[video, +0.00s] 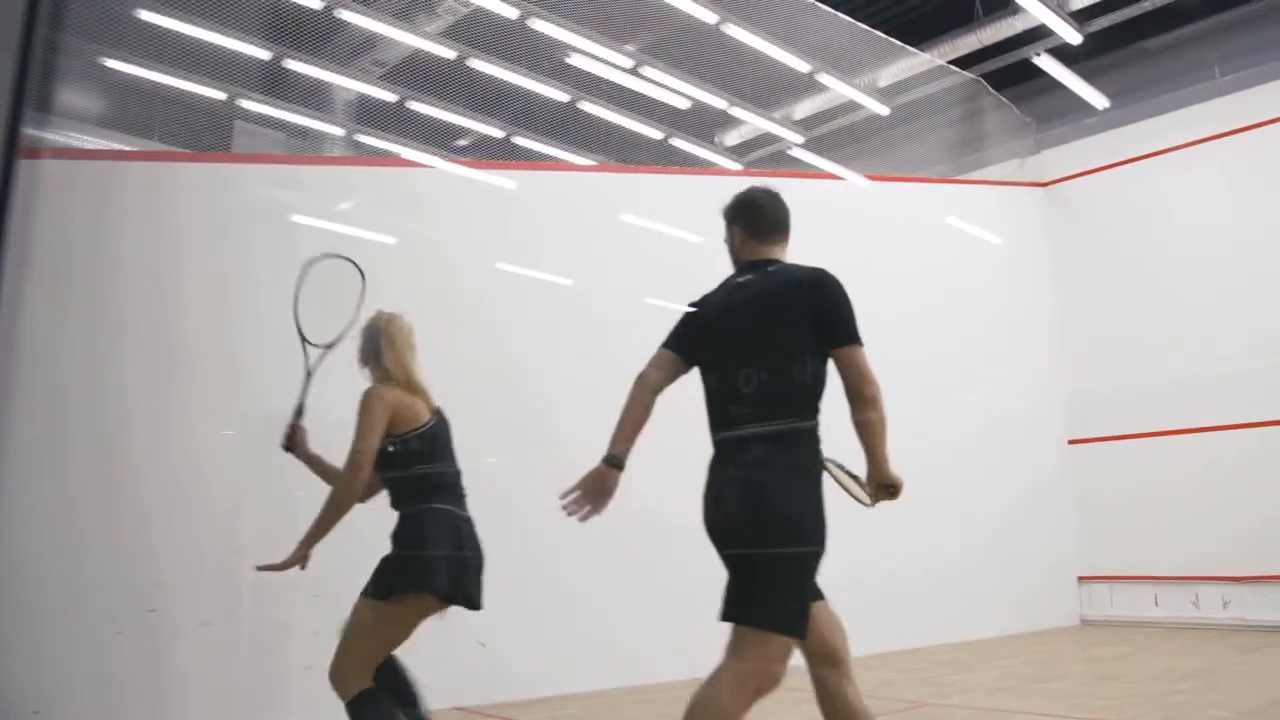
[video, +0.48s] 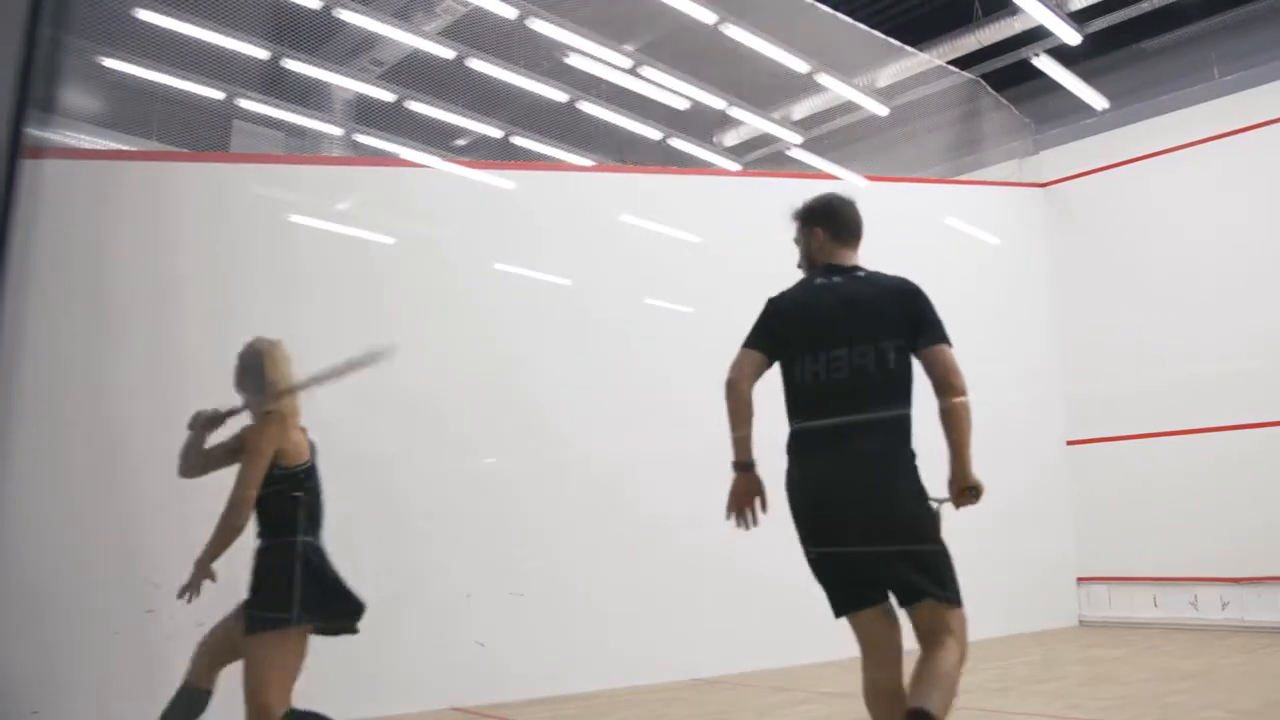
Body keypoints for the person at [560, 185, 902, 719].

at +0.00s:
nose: (728, 243)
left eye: (727, 236)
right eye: (730, 236)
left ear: (733, 238)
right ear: (788, 237)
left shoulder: (709, 309)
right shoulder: (817, 288)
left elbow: (649, 380)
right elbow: (864, 391)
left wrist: (612, 463)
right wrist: (880, 469)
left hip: (728, 498)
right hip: (788, 494)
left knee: (828, 643)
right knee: (755, 667)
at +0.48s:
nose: (797, 252)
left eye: (798, 240)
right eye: (797, 241)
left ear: (815, 238)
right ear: (856, 241)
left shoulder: (786, 308)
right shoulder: (900, 295)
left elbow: (738, 381)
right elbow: (951, 386)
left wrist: (743, 468)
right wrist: (962, 470)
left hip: (816, 493)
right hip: (888, 484)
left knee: (878, 644)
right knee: (943, 634)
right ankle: (920, 712)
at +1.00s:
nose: (859, 263)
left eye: (859, 255)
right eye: (859, 255)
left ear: (868, 255)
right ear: (914, 258)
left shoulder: (840, 317)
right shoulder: (954, 319)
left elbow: (792, 369)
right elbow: (997, 401)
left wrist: (784, 453)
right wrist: (1009, 486)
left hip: (866, 502)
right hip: (939, 497)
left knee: (906, 649)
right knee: (984, 636)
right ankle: (1014, 717)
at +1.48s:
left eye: (877, 266)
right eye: (920, 264)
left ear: (871, 269)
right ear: (921, 267)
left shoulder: (850, 323)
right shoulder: (959, 329)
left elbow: (814, 376)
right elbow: (994, 409)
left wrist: (806, 456)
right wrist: (992, 487)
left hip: (875, 502)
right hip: (946, 501)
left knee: (856, 629)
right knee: (981, 631)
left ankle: (891, 715)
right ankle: (1010, 715)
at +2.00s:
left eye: (814, 289)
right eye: (857, 287)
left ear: (810, 292)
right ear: (858, 290)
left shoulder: (802, 345)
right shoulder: (899, 345)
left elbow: (788, 411)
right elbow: (937, 424)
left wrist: (778, 491)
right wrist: (912, 482)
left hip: (842, 515)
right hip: (908, 512)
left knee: (782, 634)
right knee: (962, 640)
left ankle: (761, 718)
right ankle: (1004, 717)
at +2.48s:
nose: (751, 296)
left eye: (747, 290)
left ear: (748, 293)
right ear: (795, 290)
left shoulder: (747, 342)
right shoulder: (831, 346)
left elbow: (745, 420)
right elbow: (834, 431)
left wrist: (731, 492)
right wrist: (780, 483)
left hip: (795, 506)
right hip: (855, 502)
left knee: (751, 629)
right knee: (883, 621)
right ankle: (946, 716)